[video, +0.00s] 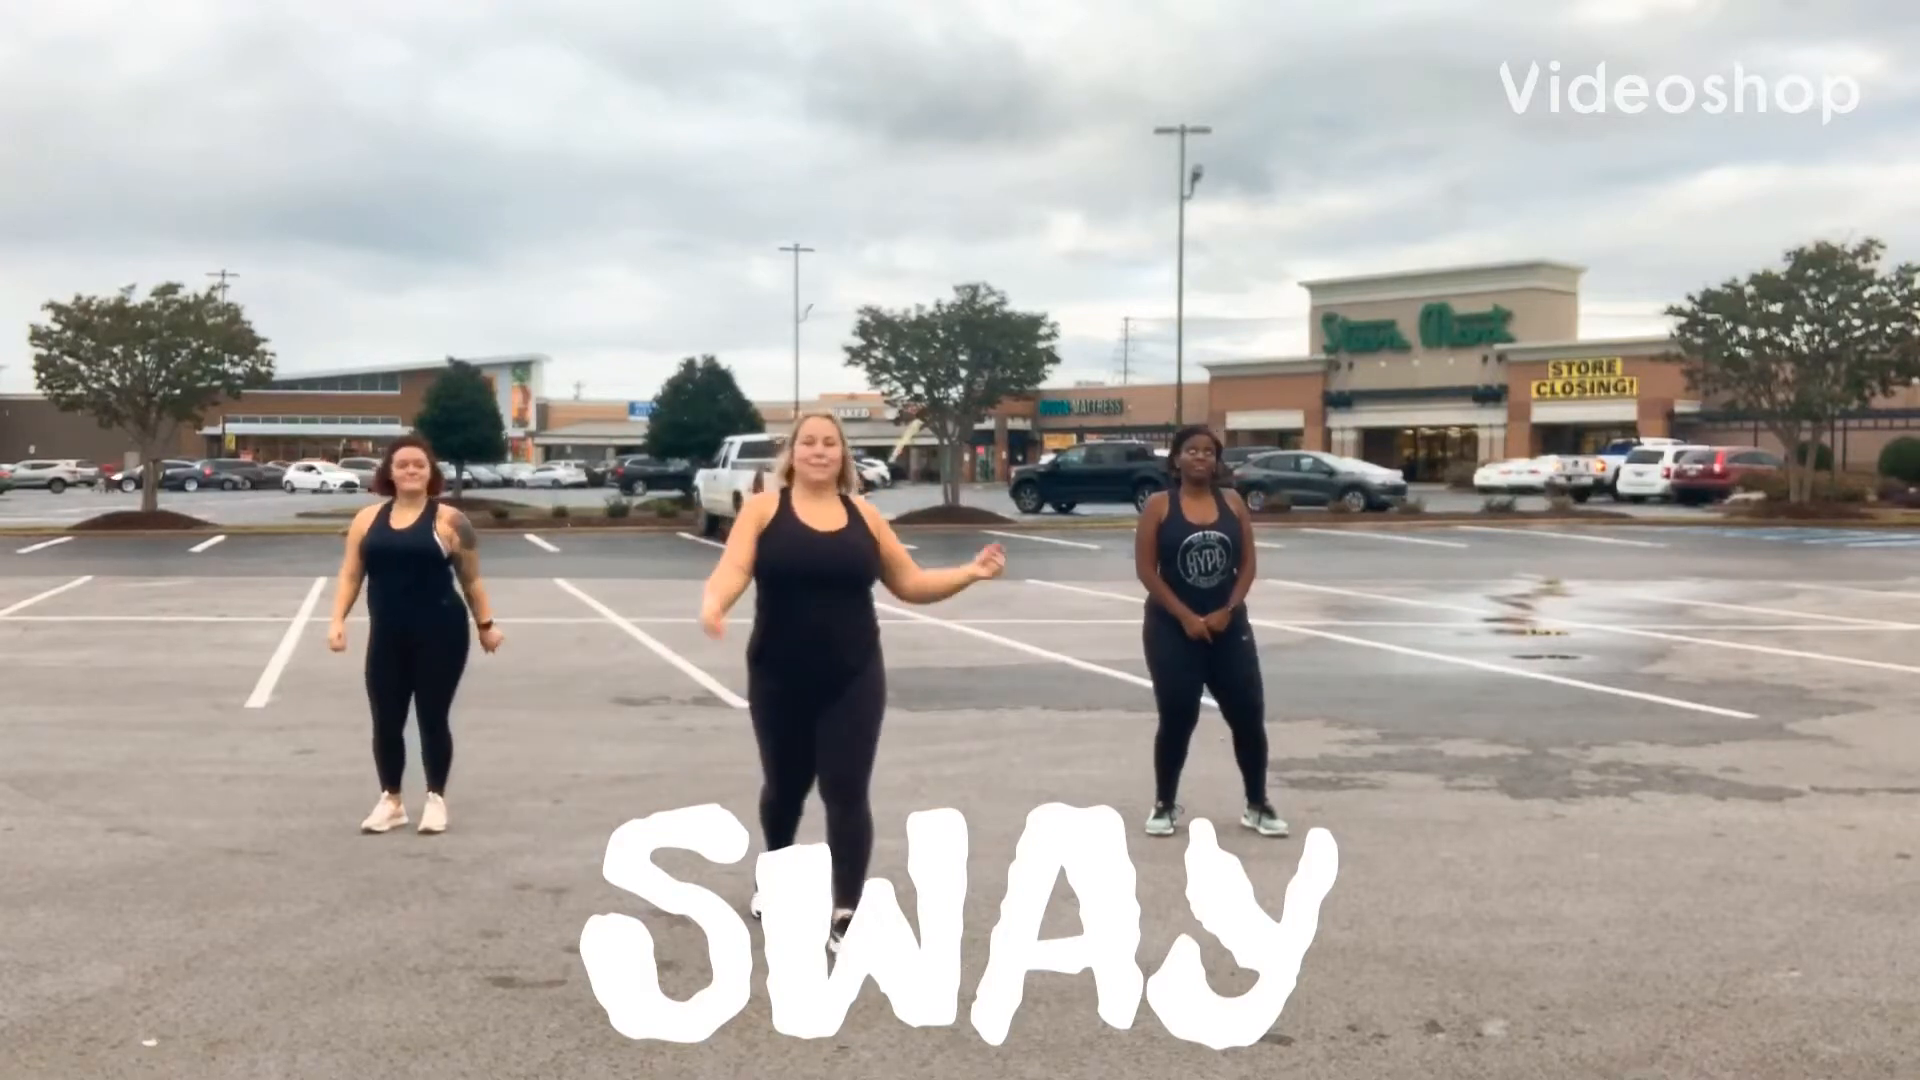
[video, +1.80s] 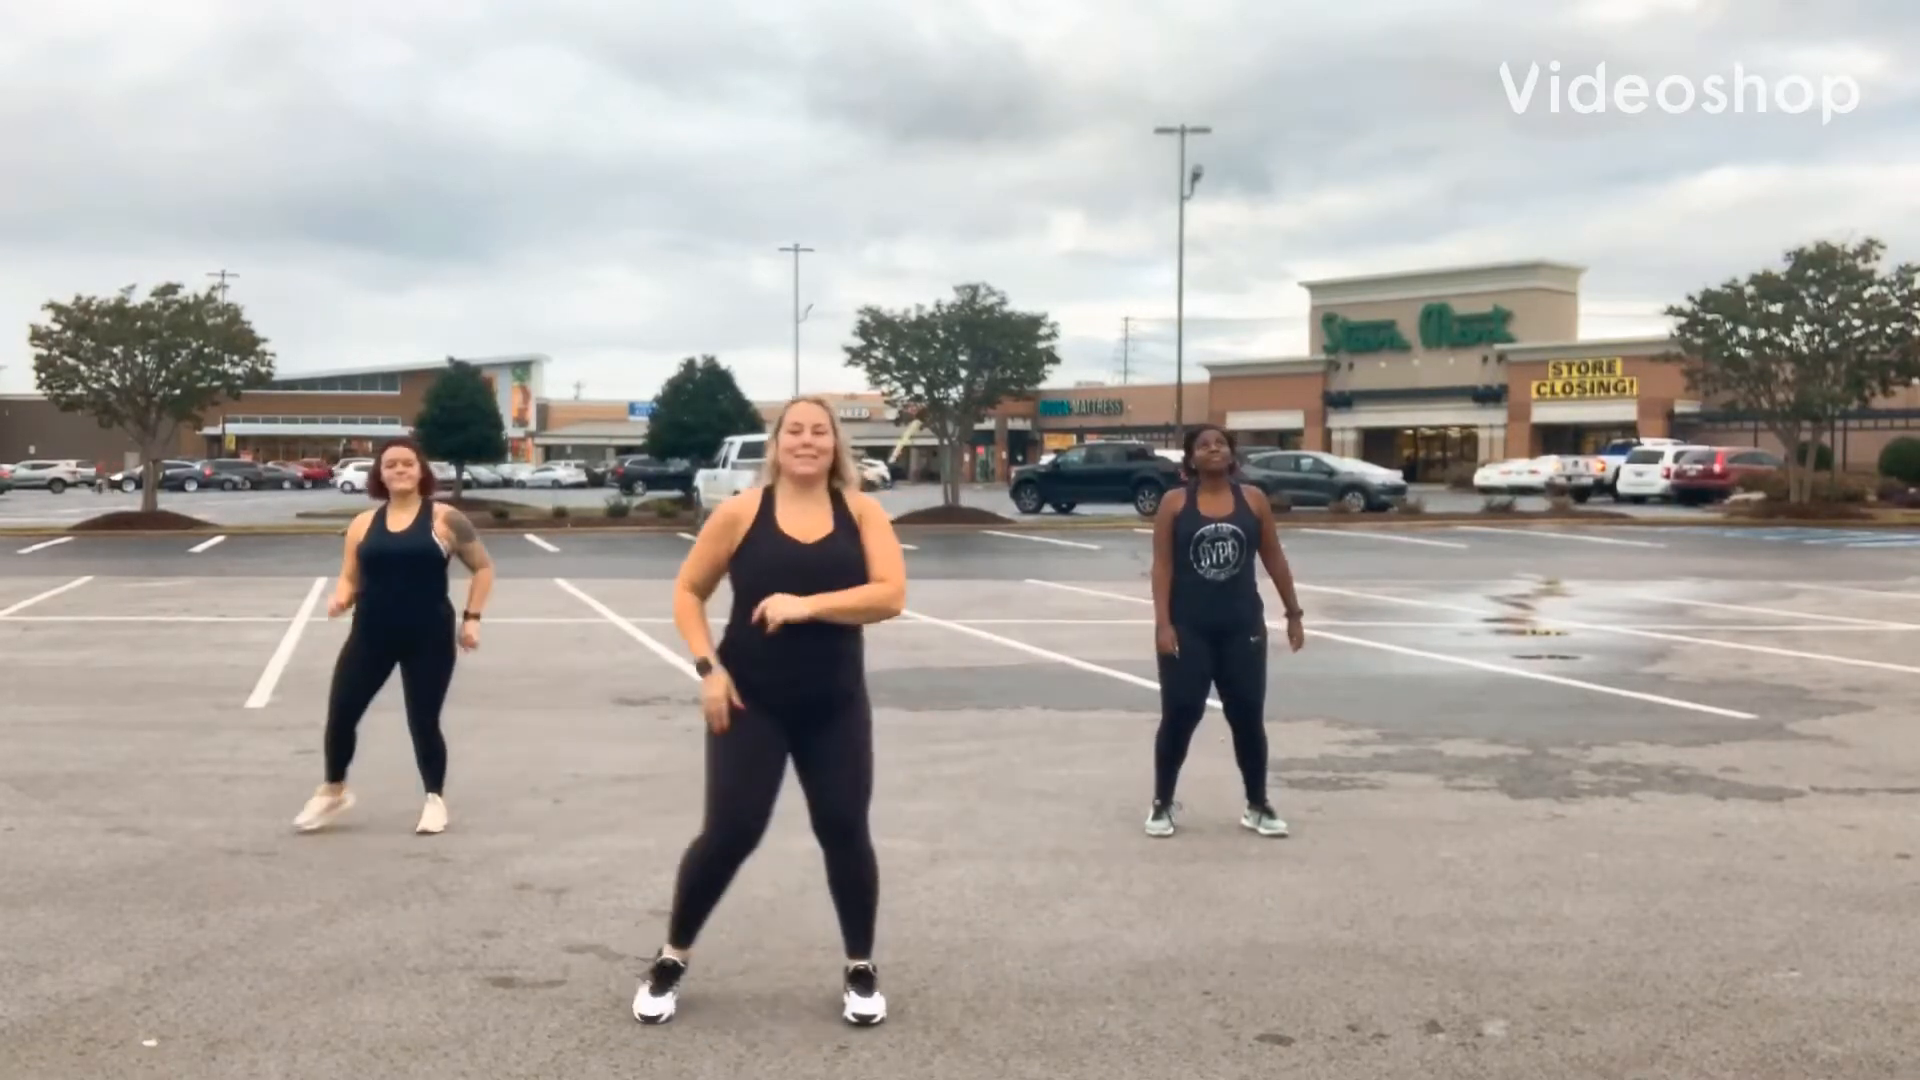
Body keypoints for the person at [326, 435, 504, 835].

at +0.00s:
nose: (410, 471)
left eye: (418, 464)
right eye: (402, 465)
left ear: (431, 472)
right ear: (389, 472)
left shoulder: (450, 520)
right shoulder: (368, 519)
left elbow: (470, 578)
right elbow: (351, 574)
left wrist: (486, 624)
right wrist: (337, 619)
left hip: (441, 635)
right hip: (387, 636)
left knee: (432, 717)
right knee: (385, 724)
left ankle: (435, 799)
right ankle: (391, 800)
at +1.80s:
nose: (399, 471)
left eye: (407, 464)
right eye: (391, 465)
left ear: (422, 471)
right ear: (380, 475)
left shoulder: (445, 519)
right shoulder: (362, 524)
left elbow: (483, 567)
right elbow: (349, 576)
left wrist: (472, 618)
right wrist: (341, 597)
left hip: (427, 638)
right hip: (372, 635)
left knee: (423, 721)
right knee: (340, 714)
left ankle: (434, 799)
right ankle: (334, 790)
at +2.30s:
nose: (407, 472)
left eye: (415, 466)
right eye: (399, 467)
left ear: (428, 474)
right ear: (387, 476)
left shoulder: (449, 523)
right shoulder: (369, 522)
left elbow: (473, 578)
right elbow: (345, 578)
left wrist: (453, 588)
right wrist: (314, 595)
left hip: (437, 640)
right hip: (384, 637)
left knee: (424, 722)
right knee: (344, 710)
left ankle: (434, 799)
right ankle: (336, 792)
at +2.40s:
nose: (409, 466)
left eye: (417, 459)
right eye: (401, 461)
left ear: (432, 467)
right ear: (391, 470)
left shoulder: (452, 514)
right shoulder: (373, 518)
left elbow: (486, 561)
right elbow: (351, 568)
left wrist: (452, 550)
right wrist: (332, 599)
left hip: (439, 633)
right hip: (385, 631)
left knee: (427, 717)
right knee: (365, 712)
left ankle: (434, 798)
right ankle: (377, 789)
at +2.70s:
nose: (416, 471)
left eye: (424, 465)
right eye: (408, 466)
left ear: (438, 473)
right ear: (397, 476)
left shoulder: (459, 523)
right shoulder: (377, 527)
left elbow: (470, 571)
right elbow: (366, 588)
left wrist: (456, 586)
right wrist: (362, 640)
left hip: (445, 638)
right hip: (388, 638)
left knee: (452, 719)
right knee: (397, 724)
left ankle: (447, 794)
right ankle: (404, 799)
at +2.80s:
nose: (420, 474)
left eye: (427, 468)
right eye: (412, 469)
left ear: (441, 476)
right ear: (400, 479)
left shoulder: (462, 526)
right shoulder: (378, 529)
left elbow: (482, 577)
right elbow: (364, 583)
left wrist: (483, 618)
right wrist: (359, 632)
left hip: (453, 642)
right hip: (397, 644)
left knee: (468, 715)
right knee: (402, 725)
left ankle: (481, 788)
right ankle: (405, 800)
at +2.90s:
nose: (426, 472)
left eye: (433, 466)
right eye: (418, 467)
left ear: (447, 475)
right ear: (405, 477)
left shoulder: (469, 523)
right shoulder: (383, 524)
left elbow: (512, 566)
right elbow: (346, 570)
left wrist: (521, 610)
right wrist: (361, 595)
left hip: (465, 635)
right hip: (410, 638)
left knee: (481, 716)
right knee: (408, 724)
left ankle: (527, 788)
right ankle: (405, 800)